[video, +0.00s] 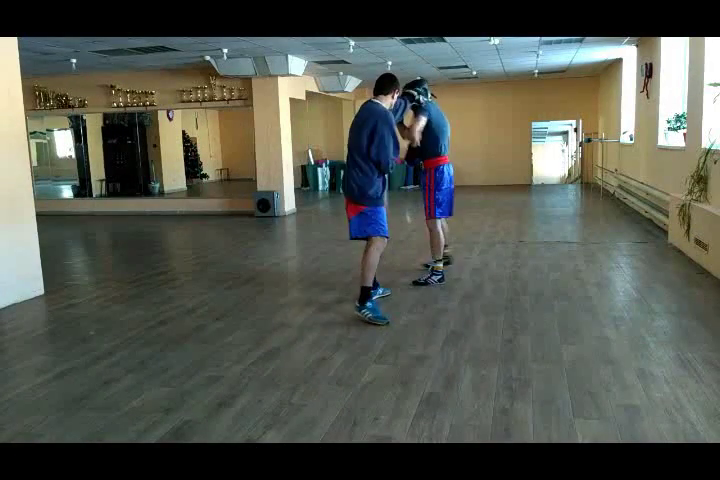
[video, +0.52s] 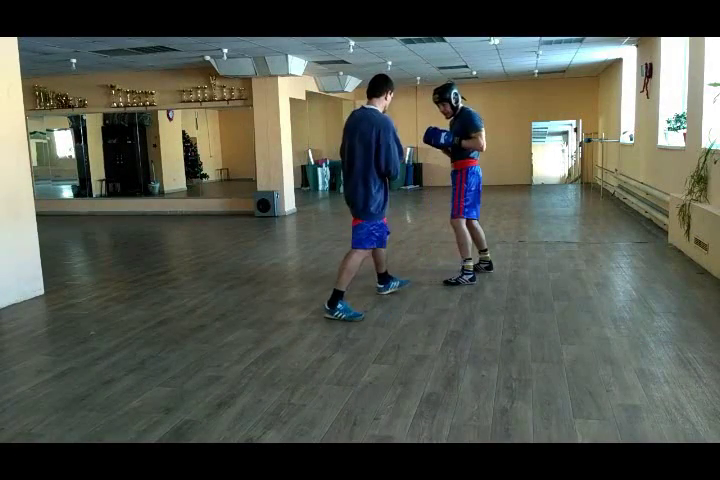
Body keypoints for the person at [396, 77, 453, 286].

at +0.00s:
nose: (407, 101)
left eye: (408, 98)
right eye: (406, 98)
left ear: (414, 95)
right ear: (425, 93)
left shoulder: (424, 108)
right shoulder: (433, 108)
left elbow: (414, 134)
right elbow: (407, 135)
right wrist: (398, 120)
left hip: (434, 168)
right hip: (441, 166)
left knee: (433, 220)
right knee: (439, 216)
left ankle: (437, 269)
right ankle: (443, 253)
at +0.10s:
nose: (417, 107)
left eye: (419, 101)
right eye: (416, 102)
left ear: (428, 98)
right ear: (429, 98)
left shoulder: (441, 112)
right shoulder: (436, 114)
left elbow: (453, 138)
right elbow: (441, 141)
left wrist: (431, 149)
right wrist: (419, 148)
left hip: (442, 170)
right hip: (446, 168)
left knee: (435, 220)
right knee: (451, 216)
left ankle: (437, 271)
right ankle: (475, 252)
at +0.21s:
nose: (419, 107)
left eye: (421, 102)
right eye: (417, 103)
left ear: (431, 98)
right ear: (427, 100)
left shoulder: (444, 113)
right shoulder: (437, 116)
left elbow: (459, 140)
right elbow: (440, 144)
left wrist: (436, 149)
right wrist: (420, 149)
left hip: (444, 170)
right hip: (446, 169)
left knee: (435, 221)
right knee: (454, 216)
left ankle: (437, 271)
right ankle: (479, 253)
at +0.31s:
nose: (434, 111)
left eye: (435, 106)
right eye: (430, 107)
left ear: (446, 101)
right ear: (430, 107)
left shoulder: (462, 117)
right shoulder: (447, 123)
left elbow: (475, 144)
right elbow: (452, 151)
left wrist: (448, 145)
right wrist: (434, 146)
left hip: (461, 171)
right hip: (457, 171)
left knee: (449, 219)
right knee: (466, 217)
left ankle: (444, 270)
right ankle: (485, 260)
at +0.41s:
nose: (436, 109)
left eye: (438, 104)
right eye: (433, 106)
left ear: (449, 100)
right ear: (435, 105)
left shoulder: (465, 115)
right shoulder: (450, 121)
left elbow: (478, 142)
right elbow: (453, 151)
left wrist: (452, 142)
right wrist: (438, 143)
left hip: (463, 168)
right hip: (460, 168)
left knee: (452, 219)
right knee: (468, 216)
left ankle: (456, 270)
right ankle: (485, 259)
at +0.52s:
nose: (442, 110)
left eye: (443, 105)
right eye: (439, 106)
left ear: (454, 100)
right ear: (442, 104)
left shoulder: (469, 115)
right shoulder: (455, 121)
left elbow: (480, 144)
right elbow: (456, 153)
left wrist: (453, 141)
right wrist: (441, 143)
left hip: (467, 170)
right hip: (462, 170)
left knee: (457, 220)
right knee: (470, 219)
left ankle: (467, 271)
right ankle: (485, 260)